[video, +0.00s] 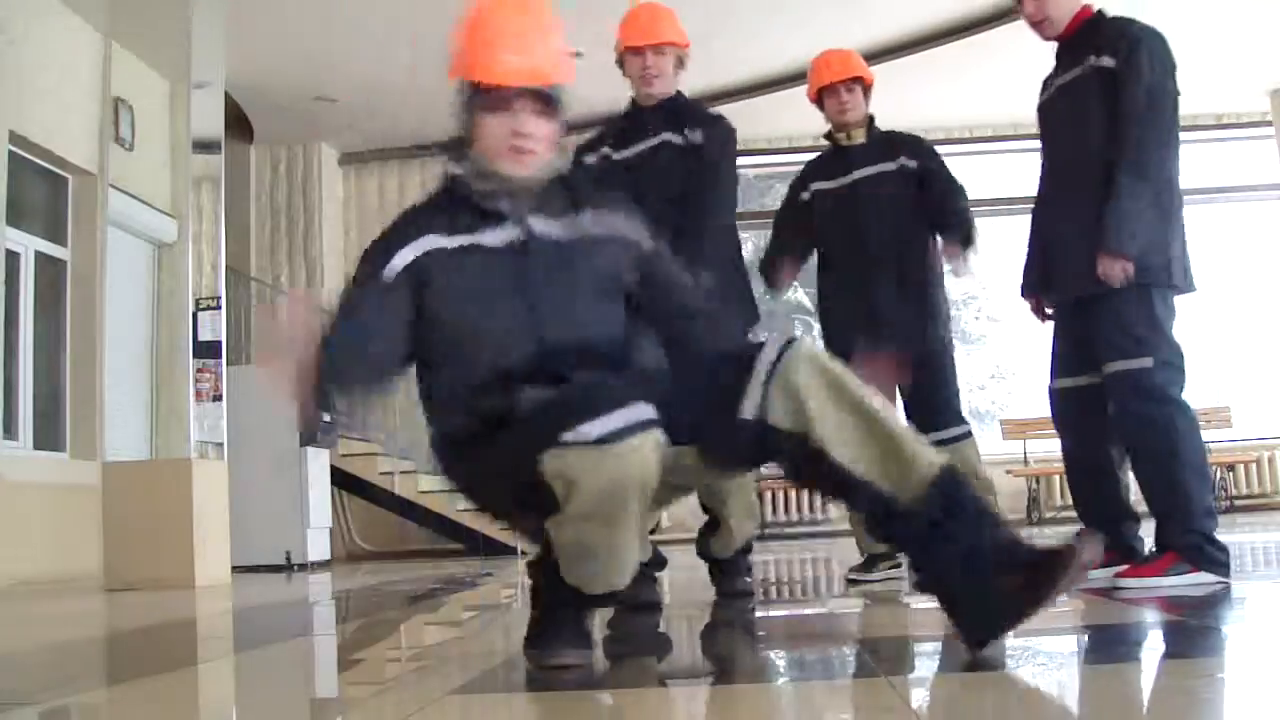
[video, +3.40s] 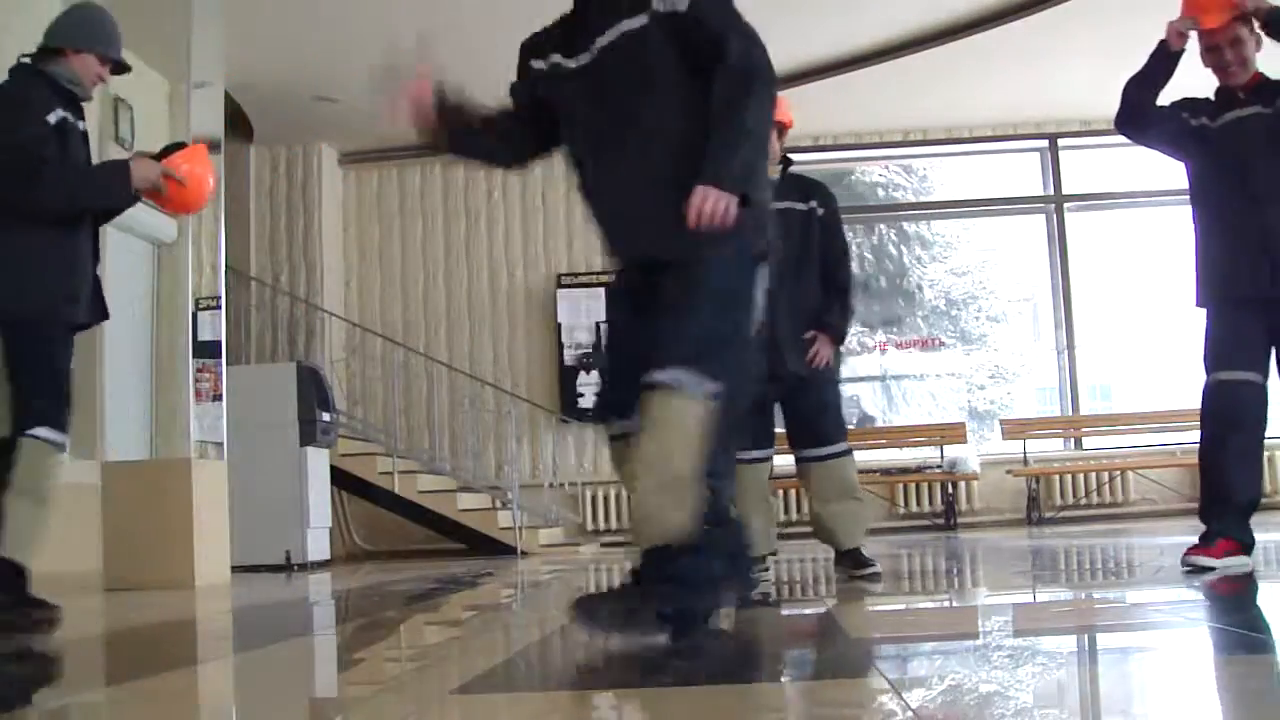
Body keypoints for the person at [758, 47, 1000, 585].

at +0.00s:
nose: (844, 99)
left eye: (851, 88)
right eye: (832, 93)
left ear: (867, 92)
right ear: (818, 104)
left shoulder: (910, 151)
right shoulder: (813, 177)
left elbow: (951, 206)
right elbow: (787, 243)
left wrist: (955, 236)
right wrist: (778, 270)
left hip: (918, 319)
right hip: (850, 328)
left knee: (942, 428)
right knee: (861, 440)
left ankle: (983, 541)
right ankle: (879, 552)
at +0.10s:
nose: (838, 101)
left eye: (846, 91)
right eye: (826, 96)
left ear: (861, 94)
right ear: (814, 107)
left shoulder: (898, 146)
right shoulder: (809, 175)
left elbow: (939, 173)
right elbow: (775, 237)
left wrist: (921, 190)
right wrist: (785, 221)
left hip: (914, 318)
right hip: (847, 329)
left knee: (941, 428)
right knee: (861, 444)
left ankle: (976, 533)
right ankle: (871, 558)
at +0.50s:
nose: (855, 94)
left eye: (865, 83)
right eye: (844, 86)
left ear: (880, 90)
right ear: (829, 95)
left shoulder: (911, 151)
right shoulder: (811, 170)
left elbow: (922, 215)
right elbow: (799, 238)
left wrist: (853, 218)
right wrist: (809, 278)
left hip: (908, 317)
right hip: (840, 323)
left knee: (914, 432)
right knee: (855, 439)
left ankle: (916, 549)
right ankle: (877, 549)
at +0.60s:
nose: (864, 92)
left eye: (874, 82)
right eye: (852, 84)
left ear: (889, 88)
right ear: (837, 92)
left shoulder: (920, 155)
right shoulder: (818, 165)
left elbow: (935, 229)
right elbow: (805, 250)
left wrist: (898, 261)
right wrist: (806, 322)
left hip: (910, 324)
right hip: (842, 329)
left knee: (917, 435)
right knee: (848, 440)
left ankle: (919, 547)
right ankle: (871, 540)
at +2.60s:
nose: (821, 128)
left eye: (830, 119)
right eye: (812, 121)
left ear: (849, 125)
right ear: (802, 129)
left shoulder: (873, 193)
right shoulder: (785, 192)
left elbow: (896, 264)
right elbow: (771, 266)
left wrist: (909, 324)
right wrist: (774, 323)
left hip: (864, 343)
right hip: (803, 344)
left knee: (863, 449)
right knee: (806, 449)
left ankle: (857, 550)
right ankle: (811, 551)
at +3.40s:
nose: (770, 139)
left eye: (775, 130)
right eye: (762, 129)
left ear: (783, 136)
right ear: (745, 136)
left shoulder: (812, 196)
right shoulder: (724, 197)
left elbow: (837, 272)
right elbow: (710, 271)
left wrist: (830, 329)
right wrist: (713, 334)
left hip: (803, 347)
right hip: (742, 351)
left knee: (826, 450)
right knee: (747, 460)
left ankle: (849, 548)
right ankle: (756, 562)